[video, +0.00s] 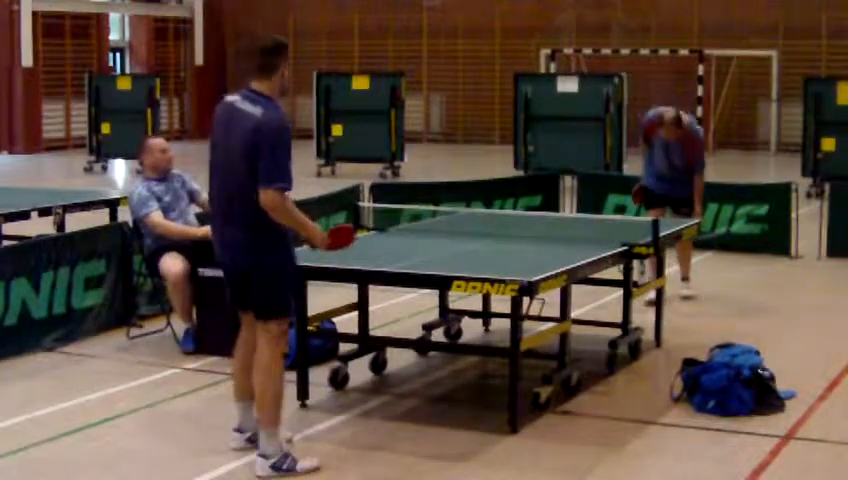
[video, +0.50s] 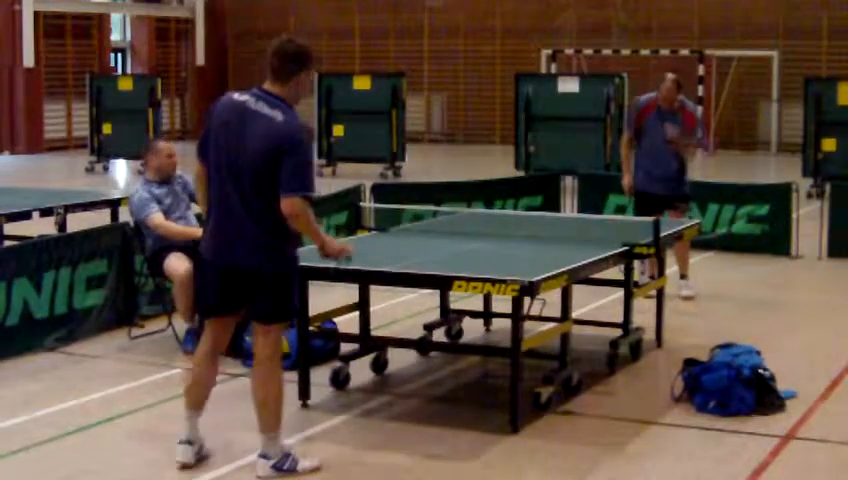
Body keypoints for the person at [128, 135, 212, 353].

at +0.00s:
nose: (170, 156)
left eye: (169, 151)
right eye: (163, 152)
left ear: (170, 154)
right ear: (146, 159)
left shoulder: (178, 179)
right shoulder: (140, 191)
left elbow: (204, 201)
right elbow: (158, 225)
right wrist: (203, 232)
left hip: (194, 234)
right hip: (164, 243)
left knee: (232, 252)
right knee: (176, 270)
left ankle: (228, 317)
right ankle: (189, 325)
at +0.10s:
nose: (172, 157)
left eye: (171, 152)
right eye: (165, 153)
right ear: (147, 160)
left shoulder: (179, 179)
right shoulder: (141, 192)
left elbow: (206, 202)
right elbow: (159, 226)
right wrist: (203, 232)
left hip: (194, 236)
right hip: (165, 244)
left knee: (231, 254)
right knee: (178, 271)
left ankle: (228, 318)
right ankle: (189, 325)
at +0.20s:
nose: (174, 159)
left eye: (173, 154)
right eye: (168, 155)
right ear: (151, 160)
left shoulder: (179, 181)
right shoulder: (141, 194)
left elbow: (206, 202)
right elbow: (160, 226)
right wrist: (203, 232)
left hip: (195, 236)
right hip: (165, 244)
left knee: (229, 255)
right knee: (181, 271)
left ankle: (225, 318)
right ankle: (189, 326)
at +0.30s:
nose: (174, 159)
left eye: (173, 154)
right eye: (168, 155)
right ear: (150, 161)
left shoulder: (179, 181)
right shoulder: (141, 194)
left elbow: (207, 201)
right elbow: (160, 226)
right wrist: (202, 232)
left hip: (195, 236)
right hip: (165, 244)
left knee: (228, 258)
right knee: (182, 271)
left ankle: (239, 328)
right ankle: (189, 327)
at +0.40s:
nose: (175, 160)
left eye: (174, 155)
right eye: (169, 156)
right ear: (151, 161)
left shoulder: (180, 181)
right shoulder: (141, 195)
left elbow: (205, 201)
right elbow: (160, 226)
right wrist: (201, 232)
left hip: (194, 237)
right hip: (165, 244)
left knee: (225, 260)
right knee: (183, 271)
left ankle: (234, 328)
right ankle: (189, 326)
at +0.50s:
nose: (174, 161)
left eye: (174, 156)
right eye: (168, 156)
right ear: (151, 161)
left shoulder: (180, 181)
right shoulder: (142, 195)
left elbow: (205, 202)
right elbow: (160, 226)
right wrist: (202, 233)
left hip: (194, 237)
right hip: (164, 244)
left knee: (223, 259)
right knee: (183, 270)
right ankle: (190, 325)